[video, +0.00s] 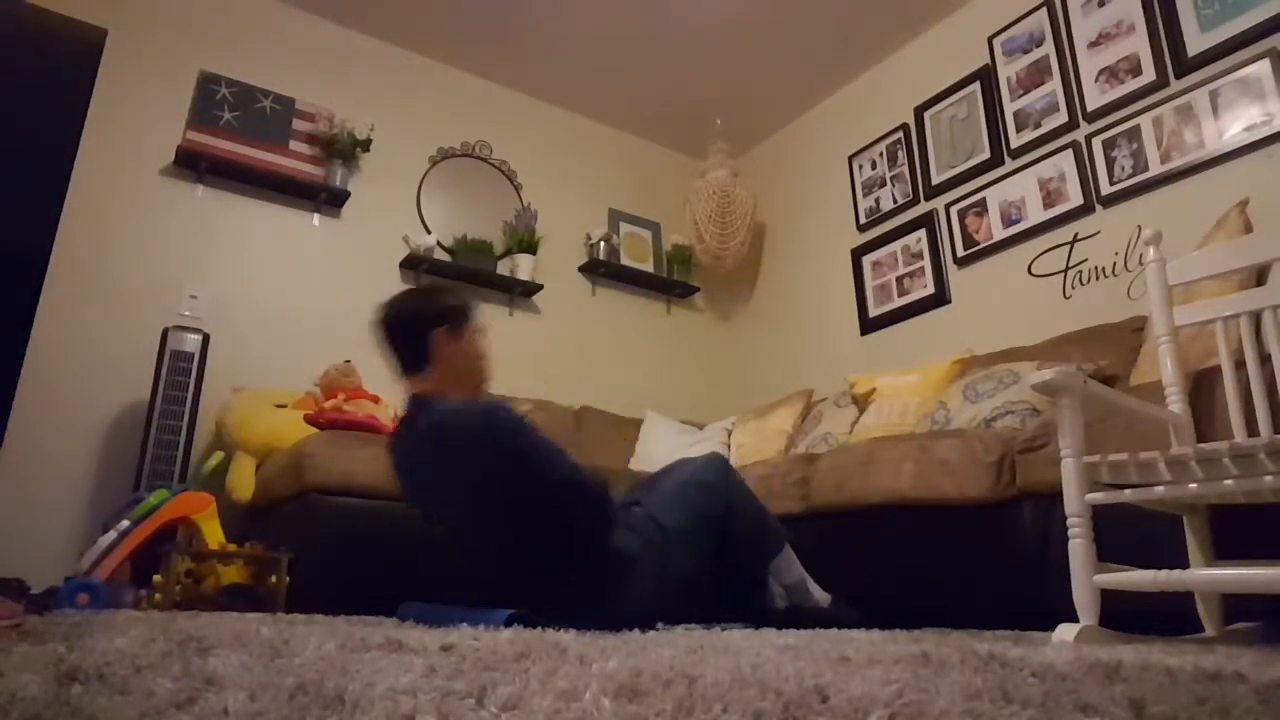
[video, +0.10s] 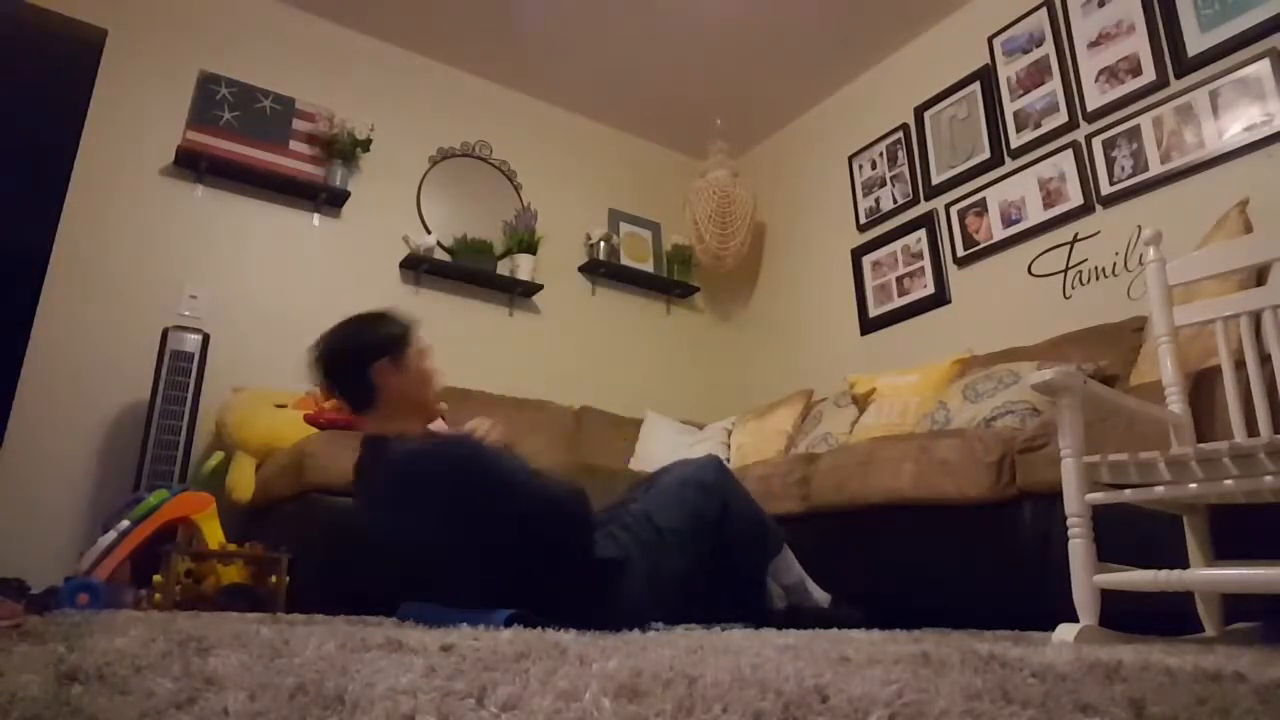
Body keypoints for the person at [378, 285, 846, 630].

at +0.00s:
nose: (485, 347)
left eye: (480, 333)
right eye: (475, 334)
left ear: (422, 351)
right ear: (442, 344)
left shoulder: (409, 442)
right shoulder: (486, 425)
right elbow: (594, 507)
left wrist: (576, 492)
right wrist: (591, 482)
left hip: (534, 600)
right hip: (598, 595)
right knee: (709, 471)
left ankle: (788, 601)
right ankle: (802, 594)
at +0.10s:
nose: (433, 361)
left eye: (424, 348)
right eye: (417, 352)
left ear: (374, 383)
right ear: (385, 377)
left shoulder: (374, 476)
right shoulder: (454, 463)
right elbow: (573, 515)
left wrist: (473, 456)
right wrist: (499, 451)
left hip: (523, 607)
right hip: (587, 600)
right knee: (704, 475)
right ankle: (802, 596)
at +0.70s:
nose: (278, 503)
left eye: (259, 503)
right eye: (259, 514)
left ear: (267, 573)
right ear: (263, 576)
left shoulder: (334, 578)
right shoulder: (368, 577)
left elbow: (495, 524)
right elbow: (520, 522)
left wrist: (410, 510)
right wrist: (421, 506)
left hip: (570, 568)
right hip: (593, 578)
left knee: (691, 492)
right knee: (708, 480)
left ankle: (789, 615)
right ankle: (812, 610)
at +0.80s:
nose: (269, 508)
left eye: (249, 506)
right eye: (250, 518)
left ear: (266, 573)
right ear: (261, 580)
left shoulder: (332, 572)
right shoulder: (367, 579)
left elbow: (481, 517)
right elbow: (513, 516)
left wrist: (409, 506)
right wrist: (416, 505)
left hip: (569, 560)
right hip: (591, 582)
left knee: (686, 480)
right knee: (705, 480)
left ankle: (790, 605)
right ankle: (804, 606)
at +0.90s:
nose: (269, 510)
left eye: (248, 508)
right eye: (249, 520)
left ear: (266, 573)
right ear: (261, 582)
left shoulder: (333, 571)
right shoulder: (366, 579)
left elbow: (479, 516)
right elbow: (511, 514)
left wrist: (406, 506)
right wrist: (413, 505)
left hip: (570, 560)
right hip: (591, 582)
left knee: (688, 480)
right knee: (704, 480)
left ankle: (790, 605)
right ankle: (803, 606)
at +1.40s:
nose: (370, 424)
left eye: (357, 414)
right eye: (350, 421)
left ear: (313, 466)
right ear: (316, 460)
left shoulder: (323, 559)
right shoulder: (392, 531)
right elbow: (545, 515)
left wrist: (447, 472)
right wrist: (458, 477)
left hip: (555, 604)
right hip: (596, 594)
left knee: (659, 498)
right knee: (704, 478)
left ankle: (780, 605)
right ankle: (802, 601)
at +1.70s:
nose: (530, 327)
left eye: (527, 315)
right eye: (522, 315)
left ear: (469, 325)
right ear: (492, 319)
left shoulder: (451, 402)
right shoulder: (522, 393)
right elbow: (614, 487)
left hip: (530, 590)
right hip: (596, 590)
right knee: (711, 473)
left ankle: (771, 614)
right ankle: (809, 598)